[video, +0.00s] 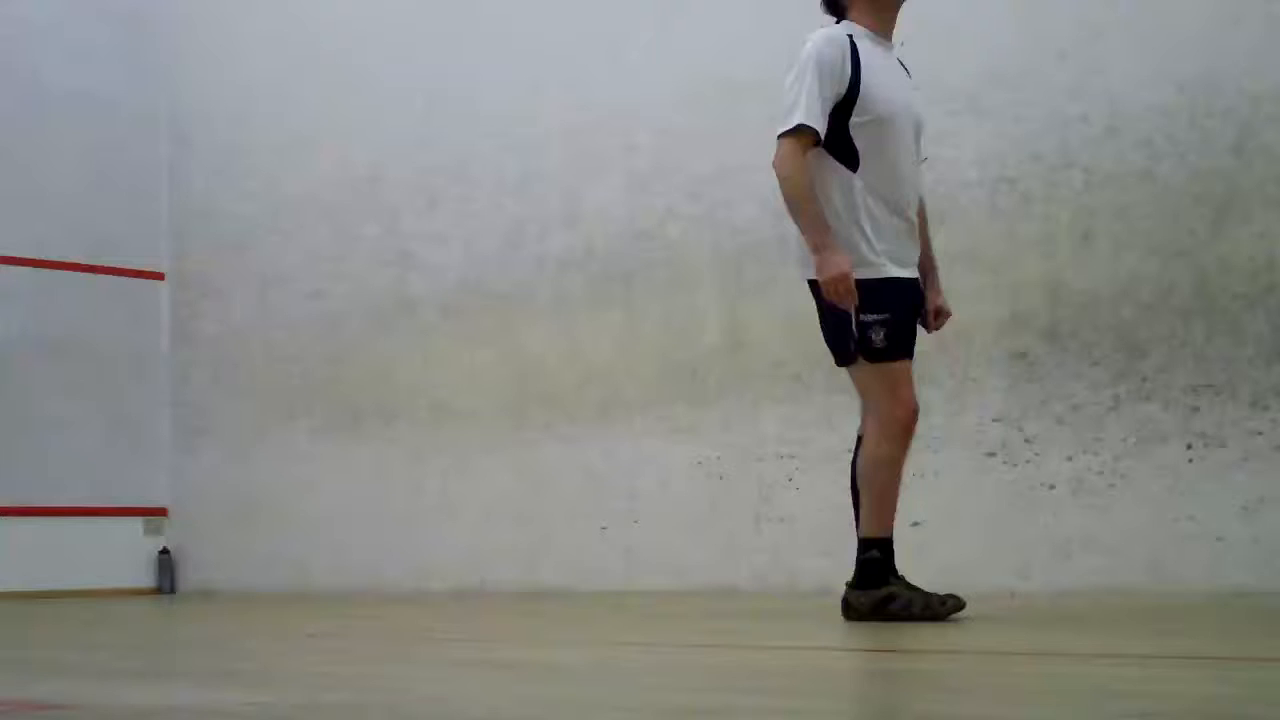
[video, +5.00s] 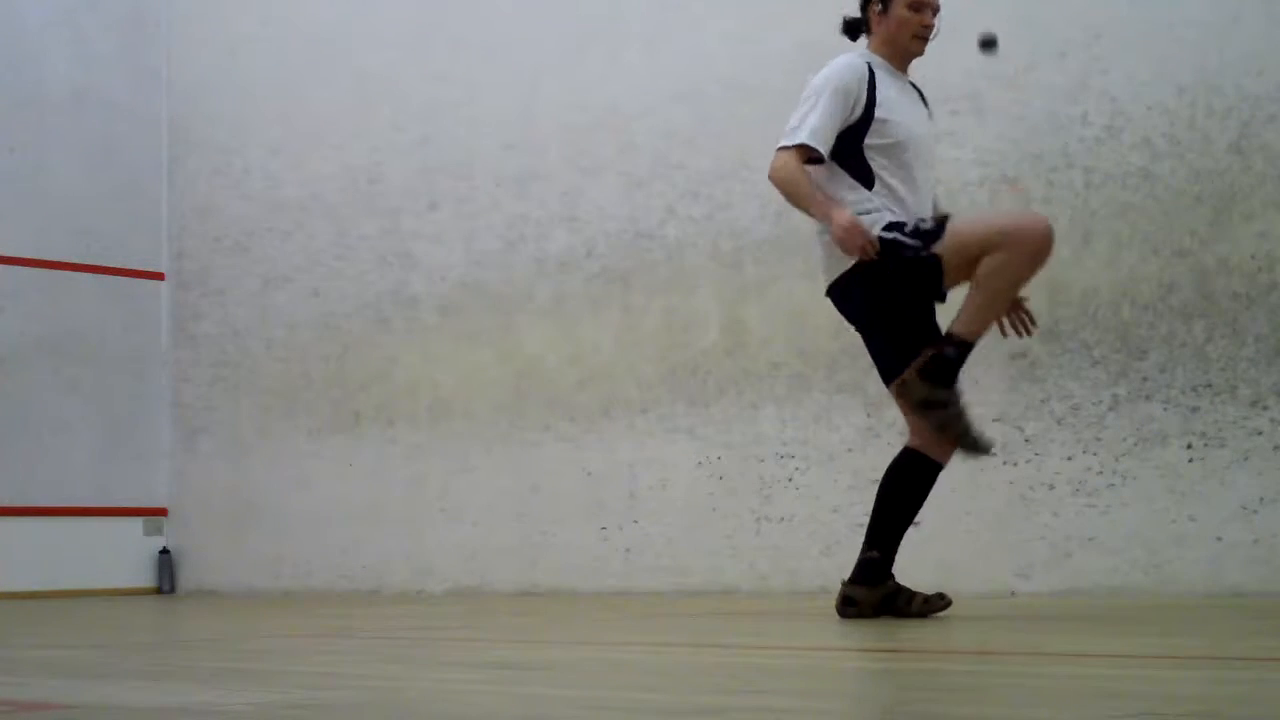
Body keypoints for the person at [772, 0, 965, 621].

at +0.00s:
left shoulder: (896, 64)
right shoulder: (830, 47)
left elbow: (907, 184)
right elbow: (789, 155)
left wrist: (929, 275)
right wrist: (825, 250)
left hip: (896, 270)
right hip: (858, 270)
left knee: (885, 419)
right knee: (894, 415)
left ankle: (876, 575)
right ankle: (872, 579)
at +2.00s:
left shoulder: (901, 59)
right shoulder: (818, 50)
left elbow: (915, 167)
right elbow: (777, 163)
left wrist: (946, 254)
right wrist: (811, 252)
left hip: (906, 272)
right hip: (850, 272)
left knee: (919, 417)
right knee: (855, 419)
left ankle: (806, 550)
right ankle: (867, 581)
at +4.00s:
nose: (952, 10)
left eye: (952, 2)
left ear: (911, 3)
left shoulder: (907, 70)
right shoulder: (857, 47)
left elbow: (911, 183)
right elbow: (808, 149)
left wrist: (978, 218)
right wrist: (849, 243)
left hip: (882, 268)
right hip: (846, 267)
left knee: (878, 413)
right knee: (878, 410)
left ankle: (879, 579)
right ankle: (877, 581)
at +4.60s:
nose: (932, 12)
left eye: (932, 3)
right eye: (923, 1)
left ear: (886, 7)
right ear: (882, 2)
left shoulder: (883, 73)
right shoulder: (845, 58)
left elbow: (896, 191)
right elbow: (802, 159)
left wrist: (975, 203)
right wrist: (859, 234)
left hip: (880, 269)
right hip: (868, 269)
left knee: (908, 418)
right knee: (942, 401)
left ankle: (869, 577)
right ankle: (894, 568)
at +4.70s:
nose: (927, 26)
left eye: (928, 15)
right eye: (917, 13)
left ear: (888, 18)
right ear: (875, 12)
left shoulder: (878, 89)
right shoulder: (842, 75)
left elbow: (891, 207)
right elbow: (792, 176)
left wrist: (963, 233)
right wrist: (846, 246)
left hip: (881, 274)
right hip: (879, 270)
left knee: (928, 432)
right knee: (1012, 343)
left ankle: (869, 582)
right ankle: (939, 484)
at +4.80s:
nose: (928, 38)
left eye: (930, 26)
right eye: (919, 24)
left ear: (896, 28)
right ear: (877, 22)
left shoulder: (882, 96)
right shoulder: (843, 85)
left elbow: (878, 197)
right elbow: (790, 183)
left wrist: (932, 237)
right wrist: (848, 259)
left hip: (881, 277)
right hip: (880, 267)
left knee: (937, 430)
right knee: (1031, 257)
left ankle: (869, 582)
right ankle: (969, 405)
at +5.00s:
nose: (931, 21)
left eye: (934, 11)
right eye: (918, 9)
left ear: (931, 20)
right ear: (878, 12)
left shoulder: (907, 92)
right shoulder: (848, 72)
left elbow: (917, 205)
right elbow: (785, 167)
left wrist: (993, 286)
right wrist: (835, 216)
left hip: (898, 268)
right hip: (874, 262)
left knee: (935, 431)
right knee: (1028, 233)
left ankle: (869, 581)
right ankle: (936, 377)